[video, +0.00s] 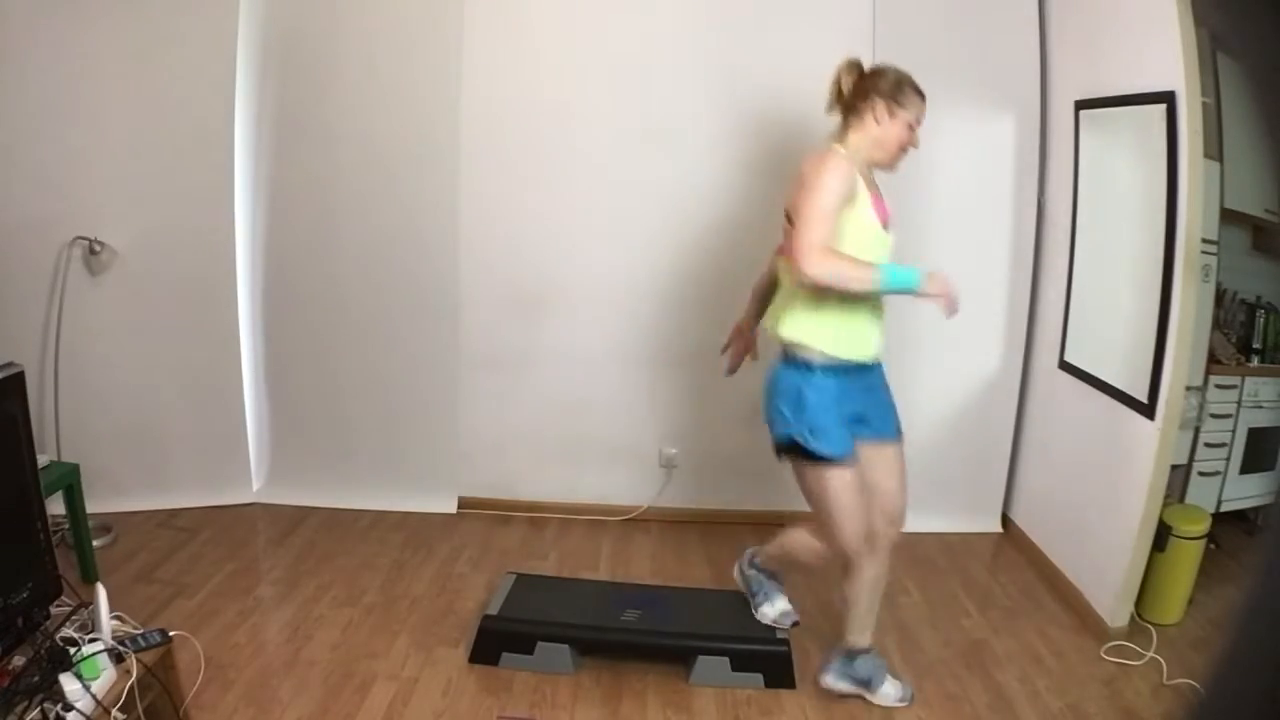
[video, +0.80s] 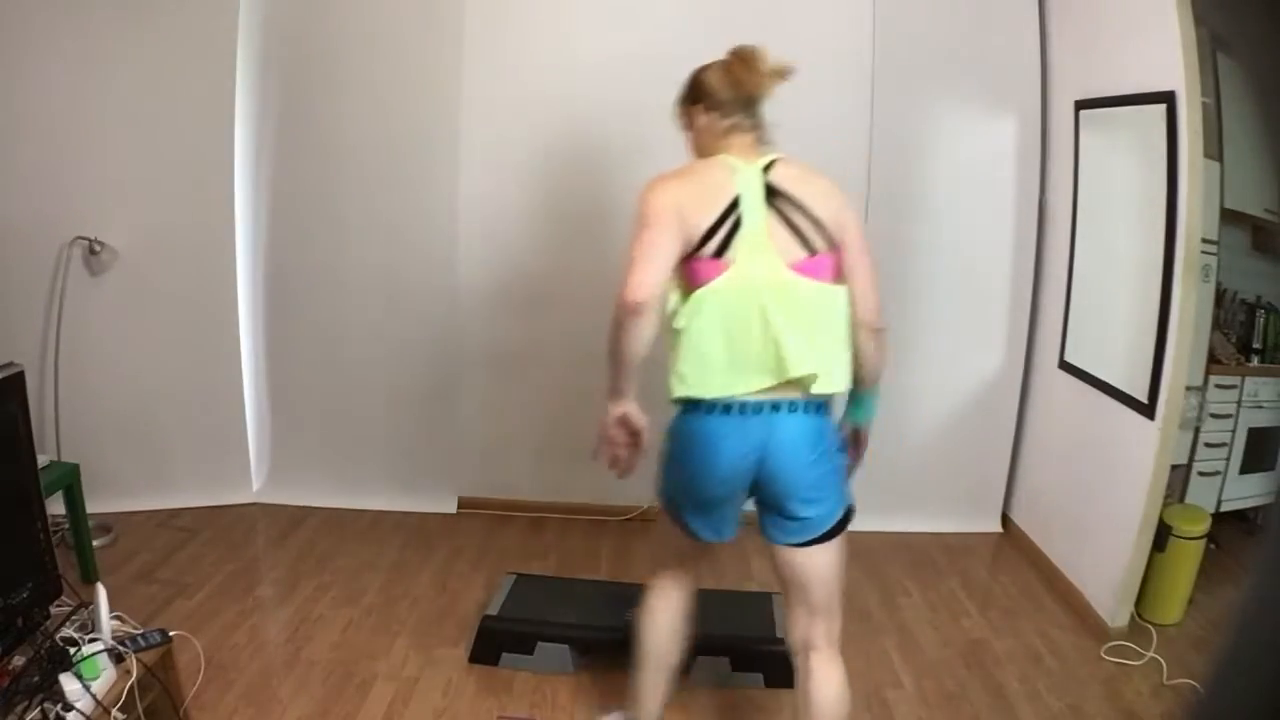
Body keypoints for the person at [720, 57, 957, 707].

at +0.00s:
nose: (914, 141)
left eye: (917, 128)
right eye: (910, 125)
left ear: (876, 118)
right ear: (876, 112)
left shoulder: (857, 178)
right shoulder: (827, 169)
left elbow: (785, 256)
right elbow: (810, 262)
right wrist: (915, 280)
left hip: (861, 371)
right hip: (809, 373)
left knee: (885, 524)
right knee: (843, 541)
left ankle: (853, 657)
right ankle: (758, 564)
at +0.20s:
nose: (920, 153)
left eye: (922, 139)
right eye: (920, 137)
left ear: (872, 125)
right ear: (895, 123)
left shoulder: (838, 185)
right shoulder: (870, 183)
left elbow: (790, 285)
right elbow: (905, 297)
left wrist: (752, 363)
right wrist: (955, 255)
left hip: (842, 407)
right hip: (852, 413)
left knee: (897, 551)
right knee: (918, 573)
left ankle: (847, 663)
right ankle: (773, 631)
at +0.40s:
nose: (887, 131)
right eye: (889, 121)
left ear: (825, 124)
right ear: (886, 121)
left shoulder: (796, 200)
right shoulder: (908, 186)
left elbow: (733, 300)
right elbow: (975, 296)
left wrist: (721, 398)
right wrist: (935, 221)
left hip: (804, 421)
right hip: (859, 436)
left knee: (868, 565)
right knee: (865, 621)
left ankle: (866, 672)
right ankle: (811, 715)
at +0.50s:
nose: (804, 129)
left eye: (804, 120)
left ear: (806, 123)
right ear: (870, 119)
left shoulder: (776, 196)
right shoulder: (915, 193)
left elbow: (716, 304)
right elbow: (967, 307)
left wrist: (698, 405)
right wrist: (921, 249)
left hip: (771, 432)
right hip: (849, 449)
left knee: (821, 572)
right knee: (840, 638)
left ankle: (842, 679)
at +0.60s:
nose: (768, 122)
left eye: (767, 112)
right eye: (770, 113)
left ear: (777, 109)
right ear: (838, 105)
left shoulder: (748, 179)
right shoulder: (893, 179)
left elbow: (703, 286)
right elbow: (937, 306)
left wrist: (674, 389)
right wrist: (879, 320)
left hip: (752, 426)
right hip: (838, 439)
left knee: (794, 587)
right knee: (827, 636)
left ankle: (796, 697)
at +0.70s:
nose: (731, 122)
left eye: (731, 110)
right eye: (731, 111)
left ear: (743, 105)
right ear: (800, 103)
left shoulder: (716, 173)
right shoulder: (865, 177)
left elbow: (674, 278)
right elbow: (905, 308)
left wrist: (649, 382)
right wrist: (873, 378)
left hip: (731, 420)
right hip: (825, 429)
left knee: (733, 564)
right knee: (825, 632)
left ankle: (714, 704)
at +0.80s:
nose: (686, 135)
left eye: (687, 122)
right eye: (685, 123)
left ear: (703, 117)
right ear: (758, 117)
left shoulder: (674, 192)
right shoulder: (824, 192)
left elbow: (638, 303)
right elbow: (867, 322)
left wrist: (621, 397)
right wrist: (861, 414)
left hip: (712, 433)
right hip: (808, 433)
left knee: (676, 566)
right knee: (820, 640)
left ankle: (644, 712)